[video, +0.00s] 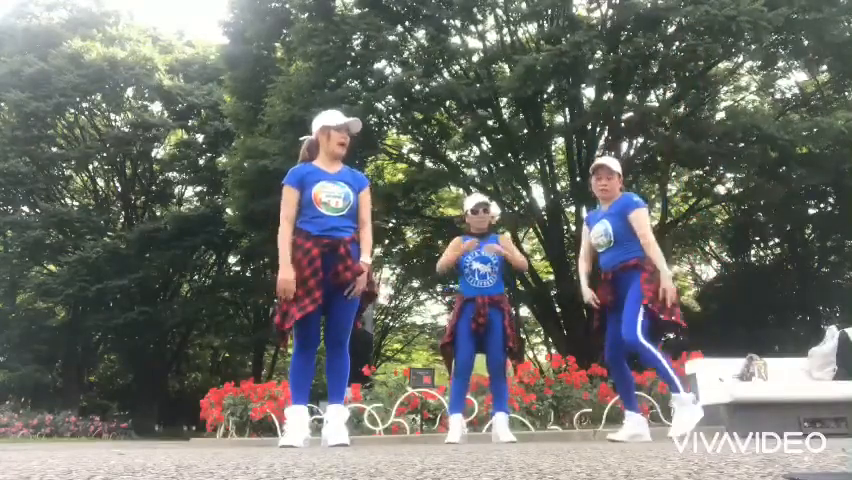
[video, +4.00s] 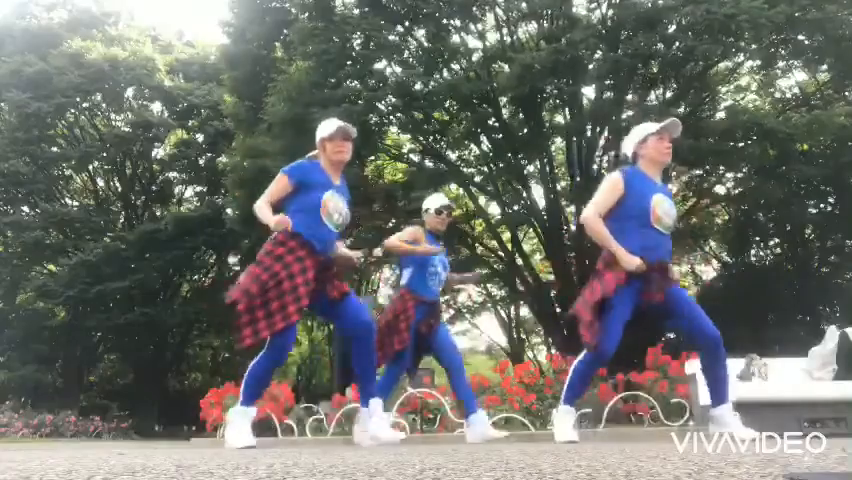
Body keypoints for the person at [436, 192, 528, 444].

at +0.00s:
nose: (481, 215)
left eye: (485, 211)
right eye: (475, 211)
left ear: (492, 215)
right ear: (466, 216)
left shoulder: (502, 239)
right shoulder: (460, 242)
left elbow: (523, 266)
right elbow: (441, 268)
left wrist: (505, 253)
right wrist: (461, 251)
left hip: (496, 305)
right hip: (468, 305)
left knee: (497, 364)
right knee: (463, 363)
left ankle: (501, 423)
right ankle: (456, 422)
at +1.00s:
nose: (471, 213)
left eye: (475, 209)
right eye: (466, 210)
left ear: (481, 213)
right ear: (458, 215)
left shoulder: (494, 243)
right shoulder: (449, 241)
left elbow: (503, 274)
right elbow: (439, 272)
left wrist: (505, 302)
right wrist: (444, 301)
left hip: (489, 305)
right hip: (460, 305)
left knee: (488, 363)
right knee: (458, 363)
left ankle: (489, 422)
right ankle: (455, 422)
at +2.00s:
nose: (468, 215)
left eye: (473, 212)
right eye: (463, 211)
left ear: (479, 218)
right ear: (455, 216)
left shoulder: (489, 243)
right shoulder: (443, 245)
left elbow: (500, 273)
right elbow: (437, 278)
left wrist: (508, 300)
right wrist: (438, 306)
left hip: (486, 306)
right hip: (456, 307)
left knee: (488, 362)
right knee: (458, 362)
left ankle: (490, 422)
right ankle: (451, 421)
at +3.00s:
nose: (455, 216)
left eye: (460, 212)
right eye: (451, 212)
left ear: (467, 216)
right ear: (444, 215)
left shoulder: (476, 243)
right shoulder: (431, 244)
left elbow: (486, 273)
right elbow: (417, 272)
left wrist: (491, 293)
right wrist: (419, 297)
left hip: (468, 305)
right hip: (439, 305)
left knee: (471, 363)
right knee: (436, 364)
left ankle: (480, 420)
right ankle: (431, 421)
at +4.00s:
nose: (445, 218)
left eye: (448, 214)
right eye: (440, 212)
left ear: (450, 218)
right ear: (426, 214)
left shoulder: (439, 247)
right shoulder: (416, 233)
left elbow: (441, 279)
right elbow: (388, 244)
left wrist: (469, 277)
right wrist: (421, 250)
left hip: (431, 313)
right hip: (410, 310)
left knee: (454, 362)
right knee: (397, 366)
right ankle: (368, 415)